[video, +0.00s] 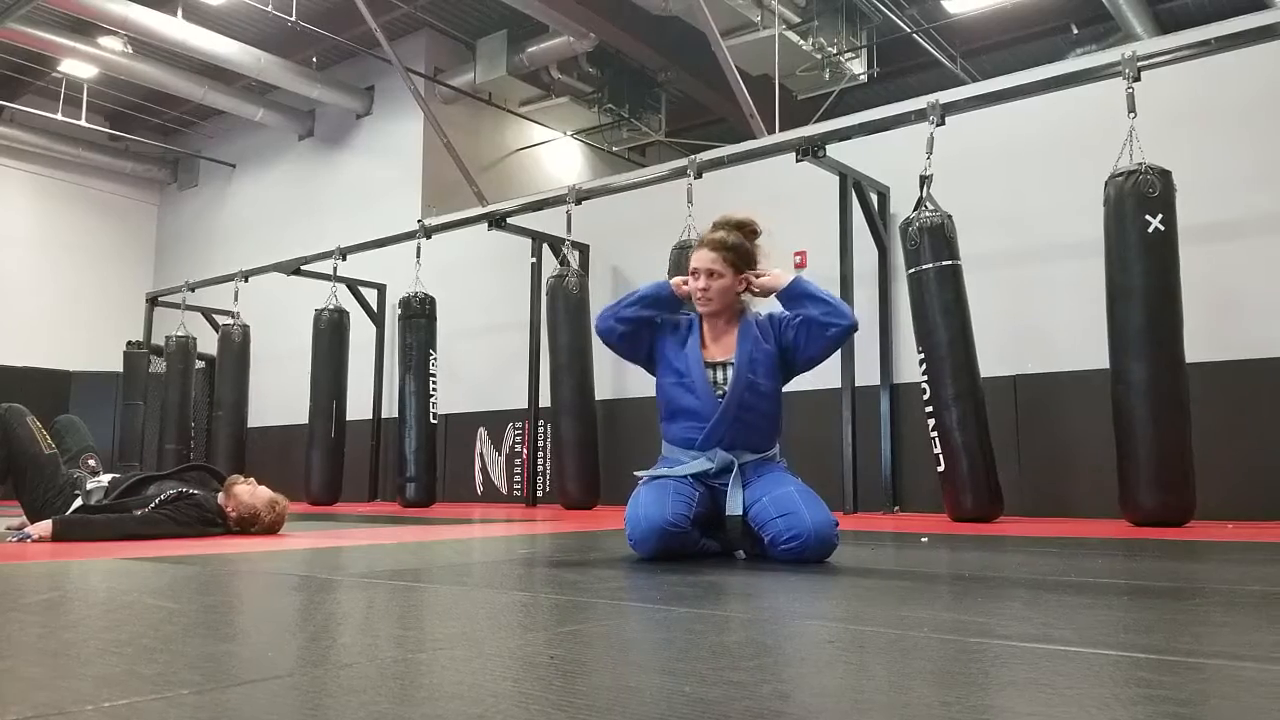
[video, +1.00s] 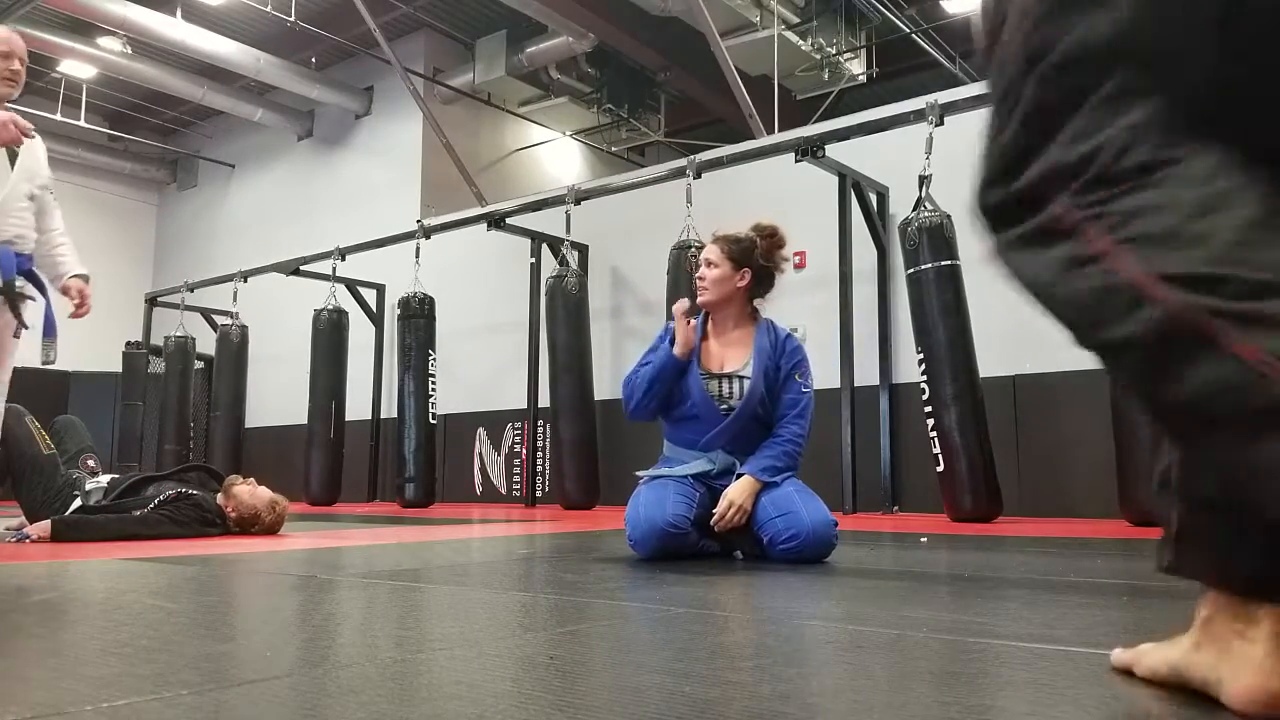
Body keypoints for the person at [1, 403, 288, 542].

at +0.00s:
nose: (247, 476)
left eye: (250, 487)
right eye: (255, 483)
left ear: (234, 510)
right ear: (237, 505)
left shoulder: (200, 513)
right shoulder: (216, 490)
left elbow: (130, 524)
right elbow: (154, 484)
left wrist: (56, 527)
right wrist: (113, 480)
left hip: (68, 501)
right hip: (99, 485)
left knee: (12, 414)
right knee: (67, 421)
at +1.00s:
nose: (247, 477)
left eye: (250, 487)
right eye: (255, 483)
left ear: (233, 508)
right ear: (235, 504)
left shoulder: (199, 513)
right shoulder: (214, 490)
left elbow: (130, 524)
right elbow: (151, 485)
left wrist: (57, 527)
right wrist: (110, 480)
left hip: (69, 500)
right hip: (98, 485)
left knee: (12, 415)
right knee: (66, 421)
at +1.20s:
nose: (248, 477)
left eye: (251, 488)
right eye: (256, 483)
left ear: (234, 510)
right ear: (234, 505)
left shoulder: (200, 513)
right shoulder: (212, 488)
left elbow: (130, 525)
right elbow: (152, 486)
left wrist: (50, 526)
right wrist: (110, 482)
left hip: (69, 503)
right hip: (98, 485)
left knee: (16, 415)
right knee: (67, 423)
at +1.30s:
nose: (248, 478)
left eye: (251, 488)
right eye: (256, 483)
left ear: (232, 510)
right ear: (233, 507)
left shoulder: (198, 512)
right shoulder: (214, 491)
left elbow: (128, 524)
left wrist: (54, 526)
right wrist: (112, 486)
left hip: (71, 503)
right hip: (102, 489)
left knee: (28, 429)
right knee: (68, 424)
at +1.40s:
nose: (248, 477)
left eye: (251, 486)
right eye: (256, 481)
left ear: (235, 511)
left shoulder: (201, 513)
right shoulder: (209, 484)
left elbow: (129, 525)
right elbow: (148, 484)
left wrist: (53, 526)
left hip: (69, 502)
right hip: (90, 483)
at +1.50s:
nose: (249, 478)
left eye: (252, 488)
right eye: (256, 483)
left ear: (231, 510)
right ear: (232, 506)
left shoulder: (201, 512)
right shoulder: (209, 490)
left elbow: (129, 524)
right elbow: (141, 495)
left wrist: (54, 526)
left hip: (73, 501)